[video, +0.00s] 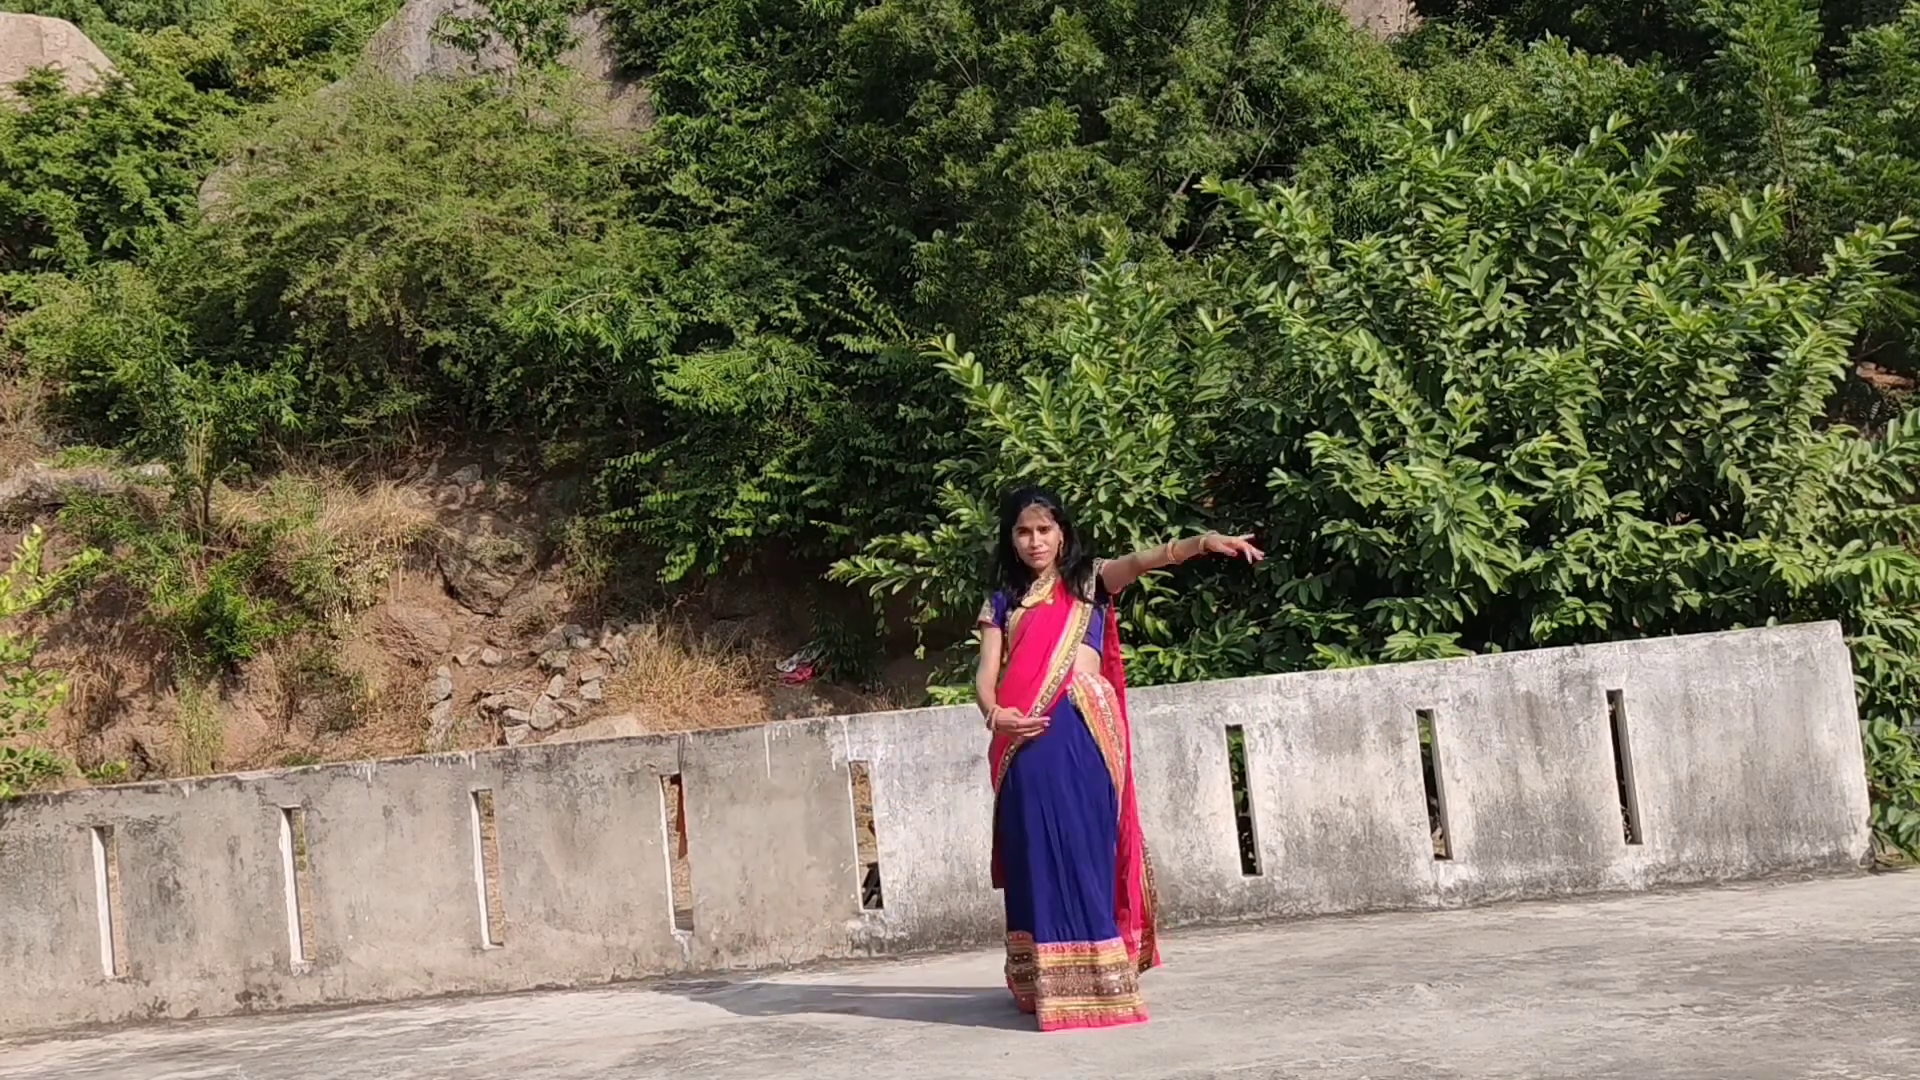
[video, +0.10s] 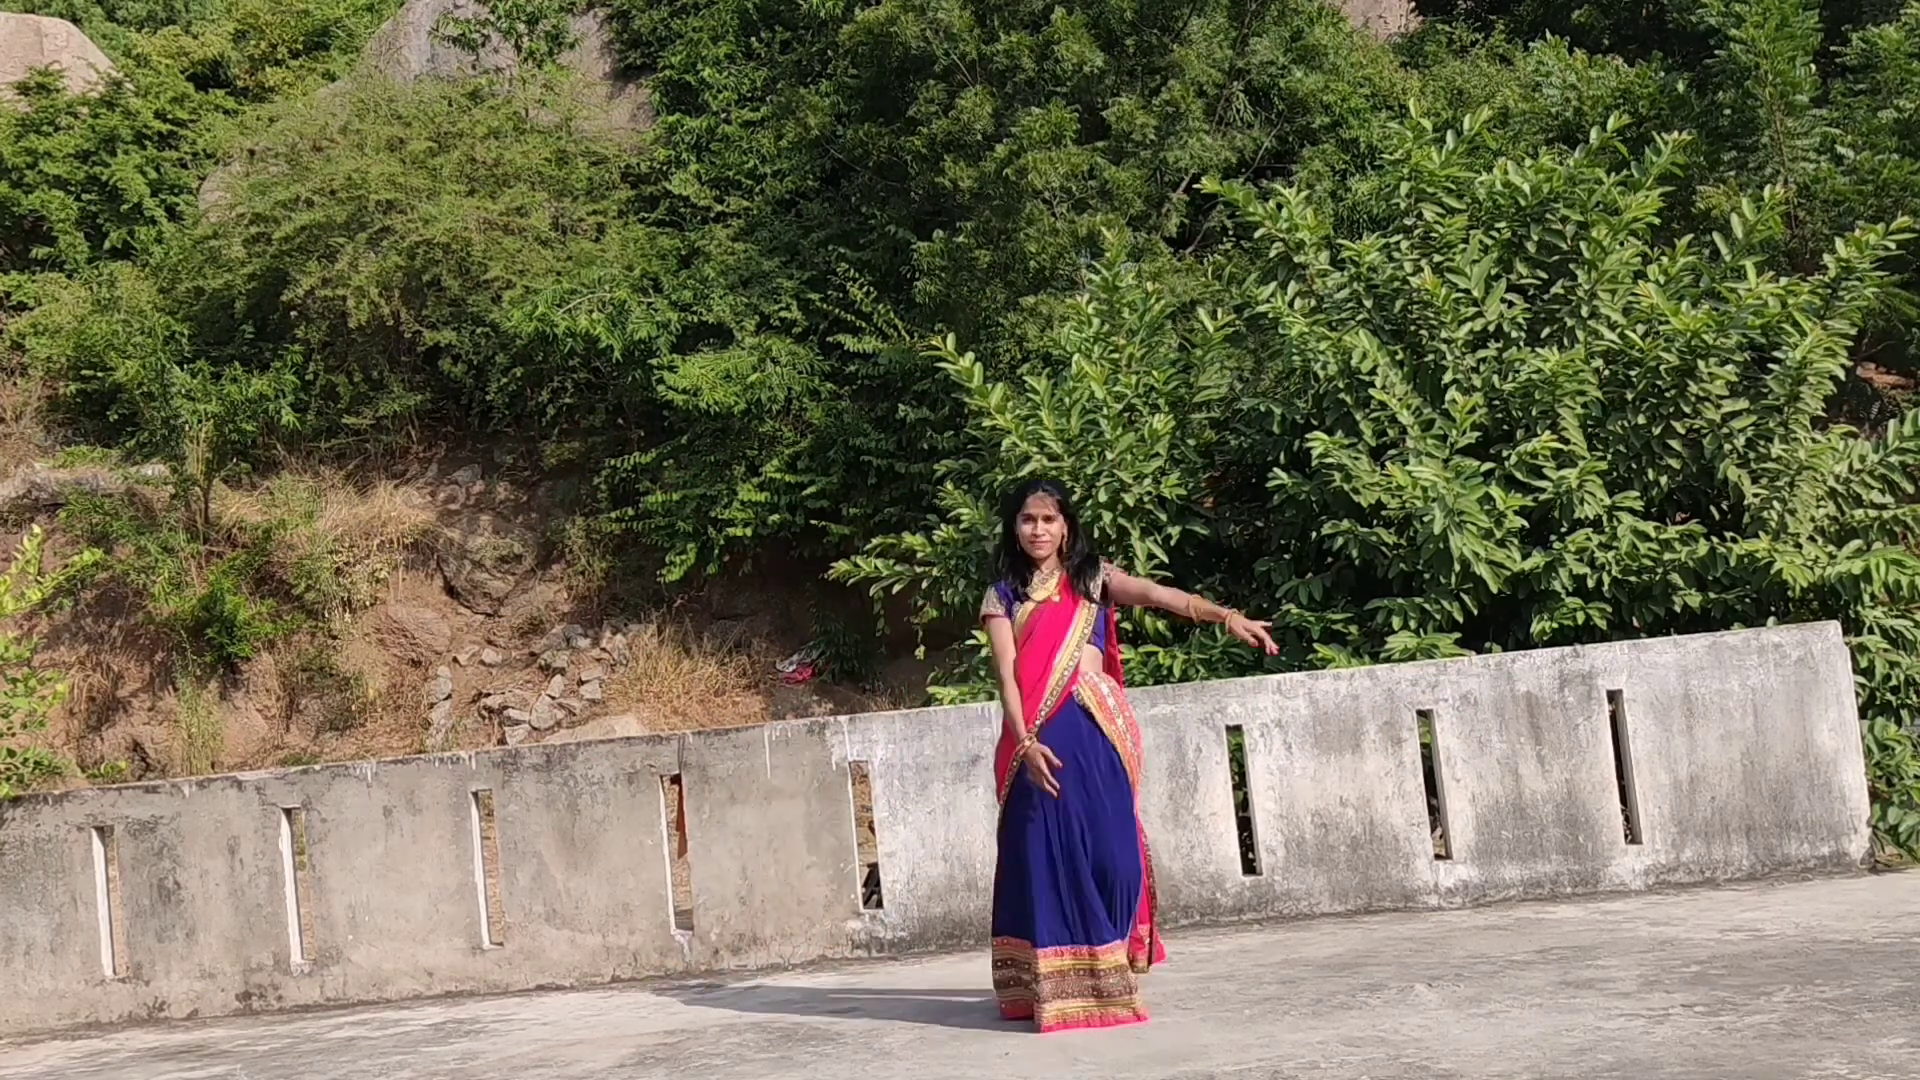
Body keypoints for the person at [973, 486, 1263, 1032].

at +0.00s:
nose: (1035, 540)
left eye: (1044, 529)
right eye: (1024, 531)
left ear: (1062, 534)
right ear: (1011, 540)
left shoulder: (1090, 579)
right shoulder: (1001, 604)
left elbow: (1145, 559)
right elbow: (986, 674)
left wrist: (1206, 542)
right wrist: (994, 714)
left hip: (1084, 734)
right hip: (1025, 740)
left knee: (1086, 855)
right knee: (1037, 860)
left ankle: (1100, 983)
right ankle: (1051, 988)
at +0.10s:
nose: (1038, 529)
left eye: (1049, 518)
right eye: (1028, 519)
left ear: (1066, 526)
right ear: (1015, 529)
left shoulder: (1093, 576)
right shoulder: (1003, 596)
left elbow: (1160, 596)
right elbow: (1006, 674)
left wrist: (1228, 617)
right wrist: (1026, 741)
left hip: (1097, 735)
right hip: (1035, 739)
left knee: (1105, 854)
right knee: (1040, 859)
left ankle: (1106, 982)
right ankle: (1053, 989)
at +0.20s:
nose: (1043, 515)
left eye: (1054, 506)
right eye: (1034, 505)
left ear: (1072, 516)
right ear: (1018, 513)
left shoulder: (1093, 575)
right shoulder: (1005, 585)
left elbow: (1151, 629)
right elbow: (1012, 669)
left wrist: (1210, 682)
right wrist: (1041, 745)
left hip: (1102, 726)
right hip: (1043, 732)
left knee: (1113, 850)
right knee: (1042, 857)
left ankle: (1122, 987)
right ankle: (1049, 994)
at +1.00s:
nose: (1084, 483)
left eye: (1096, 475)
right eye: (1073, 477)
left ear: (1120, 493)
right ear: (1061, 497)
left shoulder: (1143, 560)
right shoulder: (1044, 567)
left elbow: (1185, 635)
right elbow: (994, 635)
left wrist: (1232, 697)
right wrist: (1016, 690)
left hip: (1143, 746)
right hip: (1071, 751)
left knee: (1161, 881)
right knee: (1088, 888)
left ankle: (1169, 1031)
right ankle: (1109, 1037)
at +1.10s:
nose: (1075, 481)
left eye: (1088, 472)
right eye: (1067, 475)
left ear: (1117, 489)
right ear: (1059, 495)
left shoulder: (1150, 551)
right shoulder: (1050, 564)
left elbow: (1188, 634)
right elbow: (975, 625)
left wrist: (1222, 709)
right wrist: (1018, 627)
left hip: (1143, 729)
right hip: (1077, 736)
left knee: (1148, 875)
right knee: (1095, 879)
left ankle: (1164, 1028)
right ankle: (1109, 1032)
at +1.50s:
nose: (1102, 504)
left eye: (1116, 493)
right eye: (1100, 493)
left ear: (1153, 497)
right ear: (1104, 502)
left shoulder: (1192, 538)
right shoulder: (1118, 579)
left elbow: (1192, 599)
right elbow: (1035, 636)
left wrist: (1157, 645)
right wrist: (970, 590)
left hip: (1186, 732)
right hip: (1127, 736)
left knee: (1203, 878)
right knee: (1125, 881)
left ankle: (1262, 1039)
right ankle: (1143, 1047)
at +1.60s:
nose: (1120, 506)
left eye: (1132, 493)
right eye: (1116, 495)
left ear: (1169, 491)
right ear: (1123, 501)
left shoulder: (1207, 528)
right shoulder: (1141, 568)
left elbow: (1172, 587)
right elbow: (1060, 618)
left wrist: (1090, 611)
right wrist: (962, 629)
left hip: (1209, 721)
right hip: (1151, 726)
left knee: (1225, 873)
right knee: (1143, 877)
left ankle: (1253, 1040)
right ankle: (1147, 1045)